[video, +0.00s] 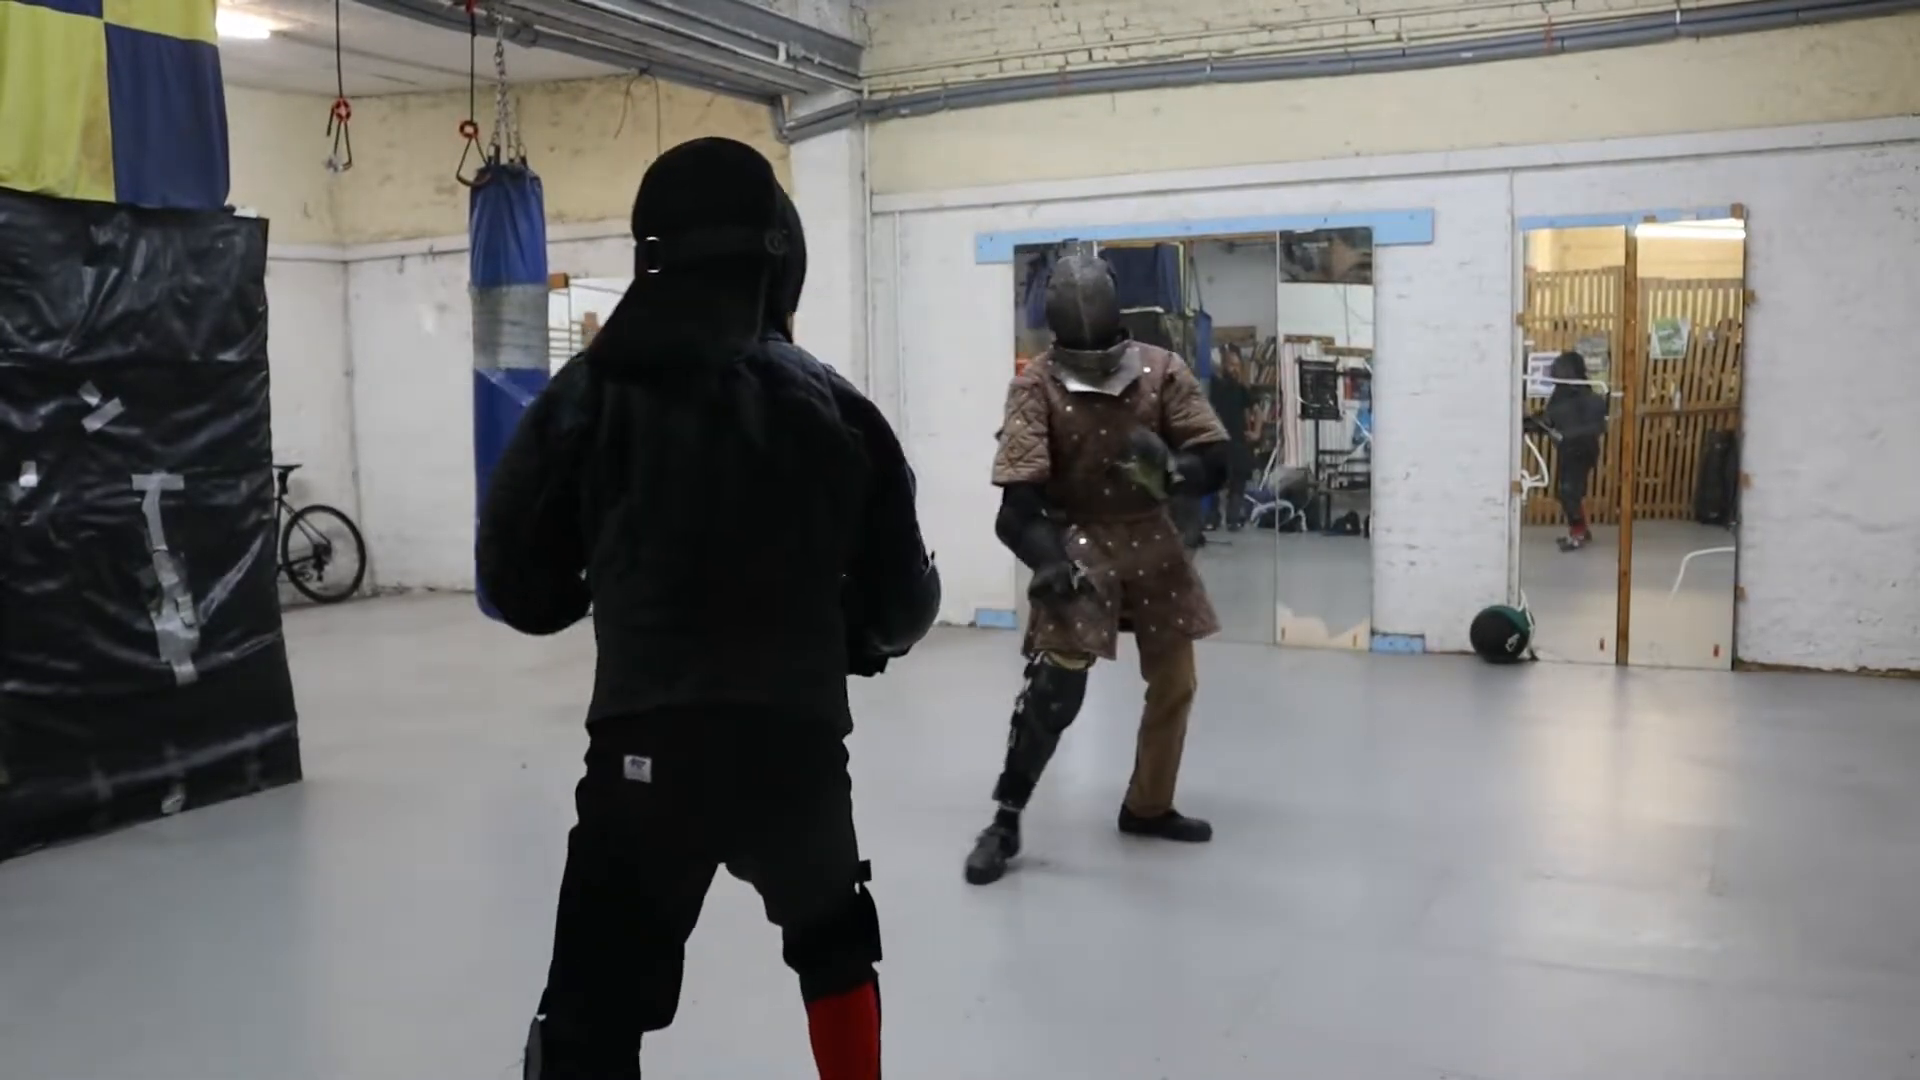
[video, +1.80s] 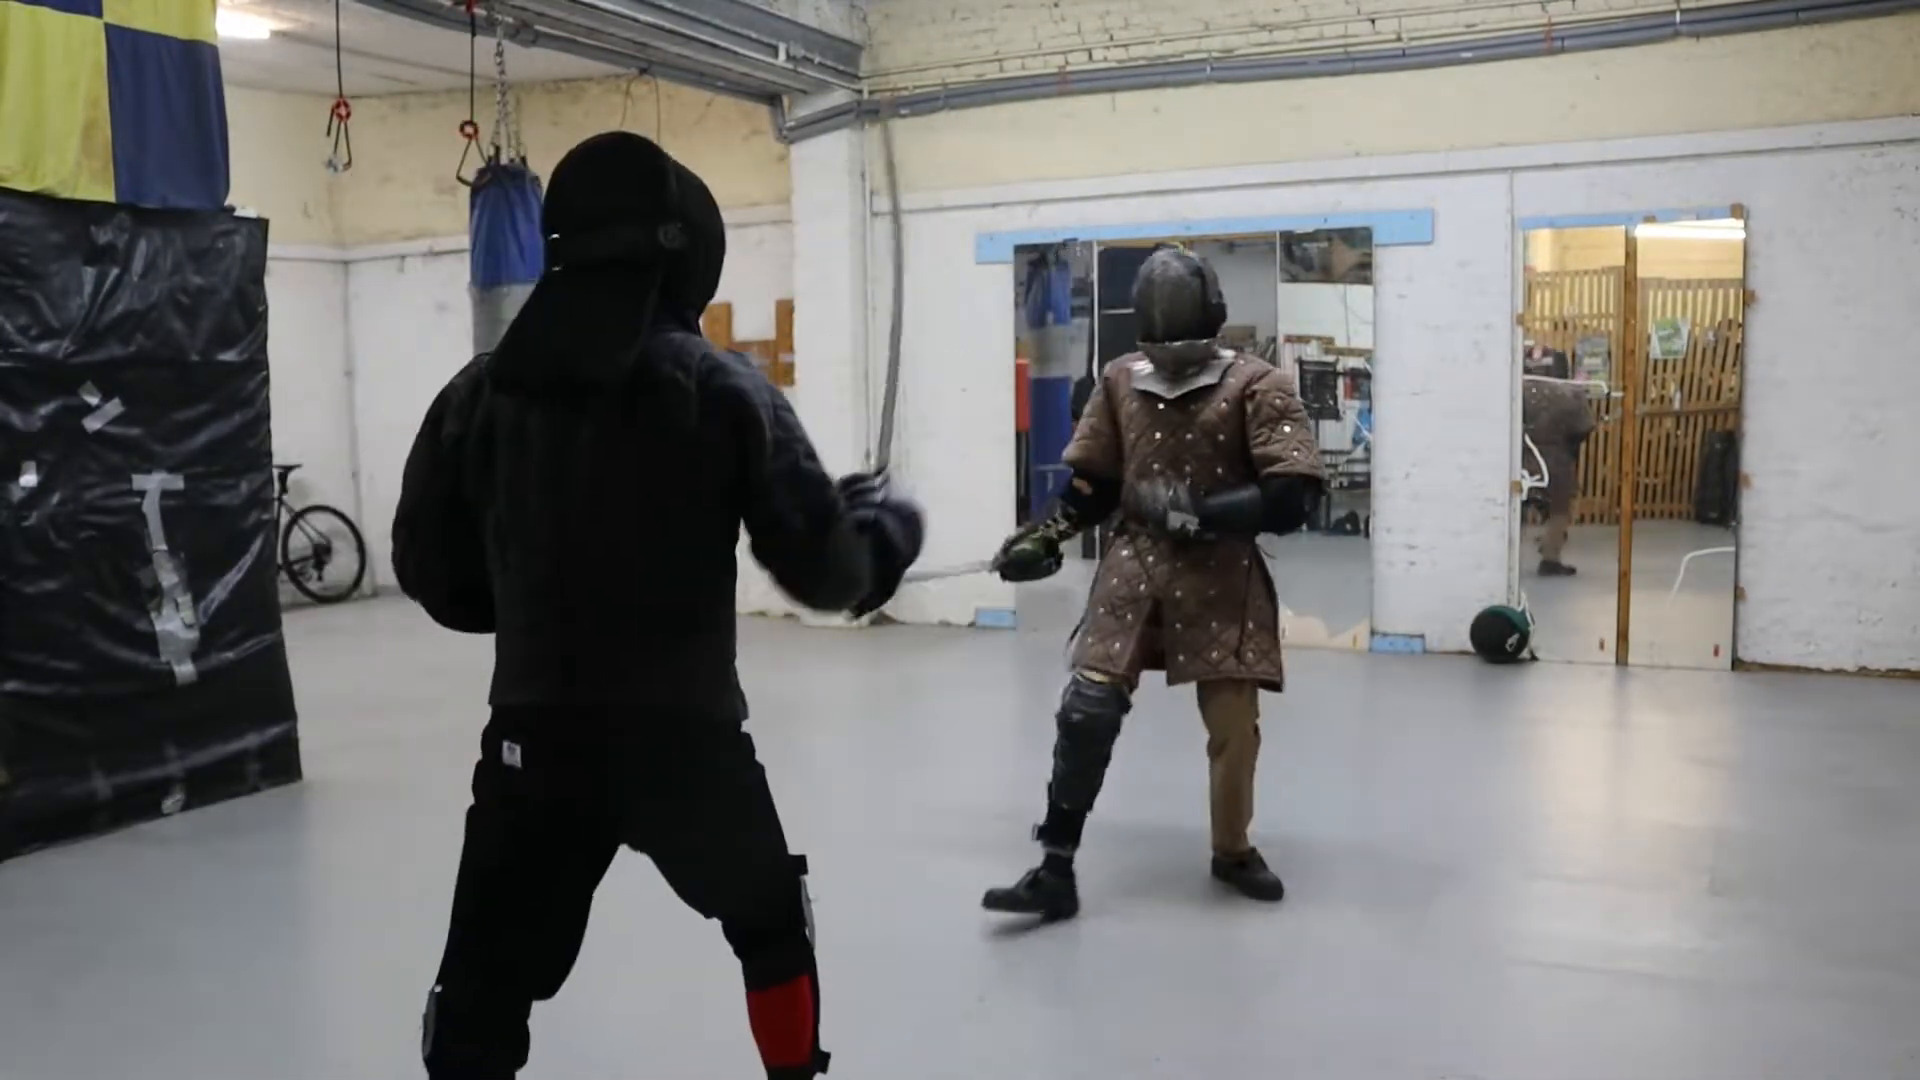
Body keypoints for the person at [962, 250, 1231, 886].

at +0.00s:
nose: (1095, 368)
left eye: (1106, 353)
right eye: (1079, 356)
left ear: (1120, 326)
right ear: (1056, 335)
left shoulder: (1162, 371)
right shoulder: (1036, 390)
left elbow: (1221, 459)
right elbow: (1016, 505)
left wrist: (1175, 470)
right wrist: (1048, 557)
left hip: (1151, 541)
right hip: (1074, 545)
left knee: (1175, 681)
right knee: (1054, 693)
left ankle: (1147, 807)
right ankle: (1005, 823)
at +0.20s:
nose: (1115, 357)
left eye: (1126, 344)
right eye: (1102, 345)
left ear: (1146, 325)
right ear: (1084, 329)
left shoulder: (1189, 377)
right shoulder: (1055, 381)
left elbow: (1235, 462)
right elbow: (1016, 456)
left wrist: (1175, 464)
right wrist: (1001, 495)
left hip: (1168, 546)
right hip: (1089, 546)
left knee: (1180, 692)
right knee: (1083, 686)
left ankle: (1148, 809)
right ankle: (1055, 832)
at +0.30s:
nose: (1121, 360)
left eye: (1133, 346)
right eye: (1107, 347)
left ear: (1156, 324)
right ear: (1088, 327)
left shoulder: (1196, 381)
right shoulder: (1058, 382)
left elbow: (1238, 472)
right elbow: (1002, 449)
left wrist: (1171, 475)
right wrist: (951, 444)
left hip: (1170, 550)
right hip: (1092, 549)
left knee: (1180, 694)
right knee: (1095, 688)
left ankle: (1149, 808)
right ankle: (1069, 838)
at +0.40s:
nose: (1121, 370)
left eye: (1136, 356)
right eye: (1107, 355)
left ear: (1158, 331)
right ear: (1088, 331)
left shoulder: (1197, 385)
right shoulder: (1054, 378)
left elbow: (1243, 481)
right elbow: (965, 417)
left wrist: (1175, 484)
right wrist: (924, 368)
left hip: (1170, 554)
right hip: (1092, 553)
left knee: (1175, 702)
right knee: (1098, 700)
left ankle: (1150, 809)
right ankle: (1066, 851)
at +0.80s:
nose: (1121, 372)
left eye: (1135, 357)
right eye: (1107, 356)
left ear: (1156, 341)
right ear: (1084, 339)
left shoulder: (1182, 397)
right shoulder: (1047, 375)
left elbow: (1229, 497)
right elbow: (994, 408)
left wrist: (1180, 513)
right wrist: (987, 434)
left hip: (1152, 567)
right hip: (1070, 567)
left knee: (1216, 711)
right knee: (1082, 731)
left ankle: (1215, 840)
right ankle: (1052, 888)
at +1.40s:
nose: (1086, 366)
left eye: (1099, 349)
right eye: (1070, 353)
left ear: (1123, 323)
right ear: (1048, 337)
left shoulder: (1179, 379)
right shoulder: (1027, 397)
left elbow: (1248, 476)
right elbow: (993, 470)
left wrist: (1174, 517)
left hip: (1180, 572)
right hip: (1088, 579)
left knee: (1235, 722)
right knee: (1088, 737)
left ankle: (1233, 836)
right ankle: (1052, 893)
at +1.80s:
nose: (1175, 356)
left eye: (1188, 340)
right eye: (1162, 342)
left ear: (1212, 320)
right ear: (1143, 327)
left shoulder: (1258, 384)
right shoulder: (1118, 384)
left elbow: (1296, 493)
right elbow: (1085, 486)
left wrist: (1202, 514)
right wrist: (1046, 533)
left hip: (1222, 575)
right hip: (1130, 573)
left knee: (1236, 725)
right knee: (1086, 714)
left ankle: (1234, 854)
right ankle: (1055, 870)